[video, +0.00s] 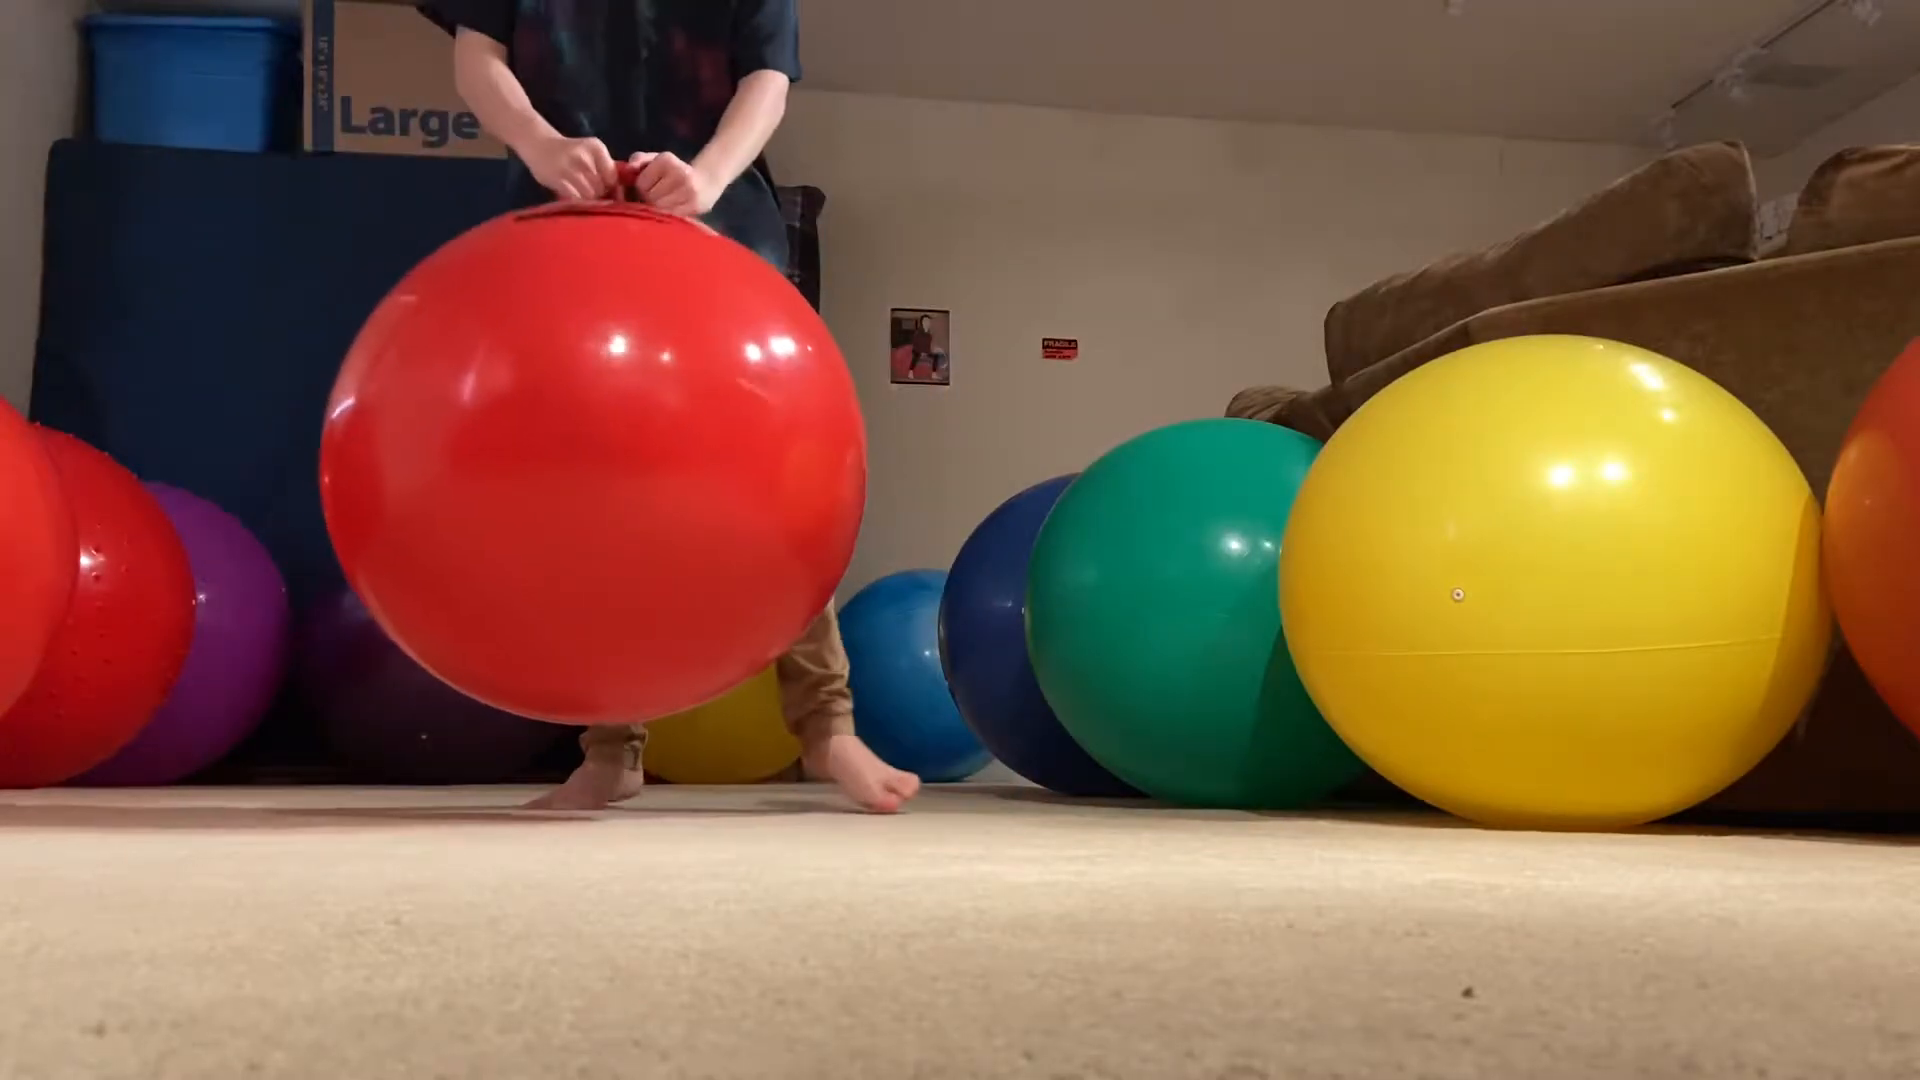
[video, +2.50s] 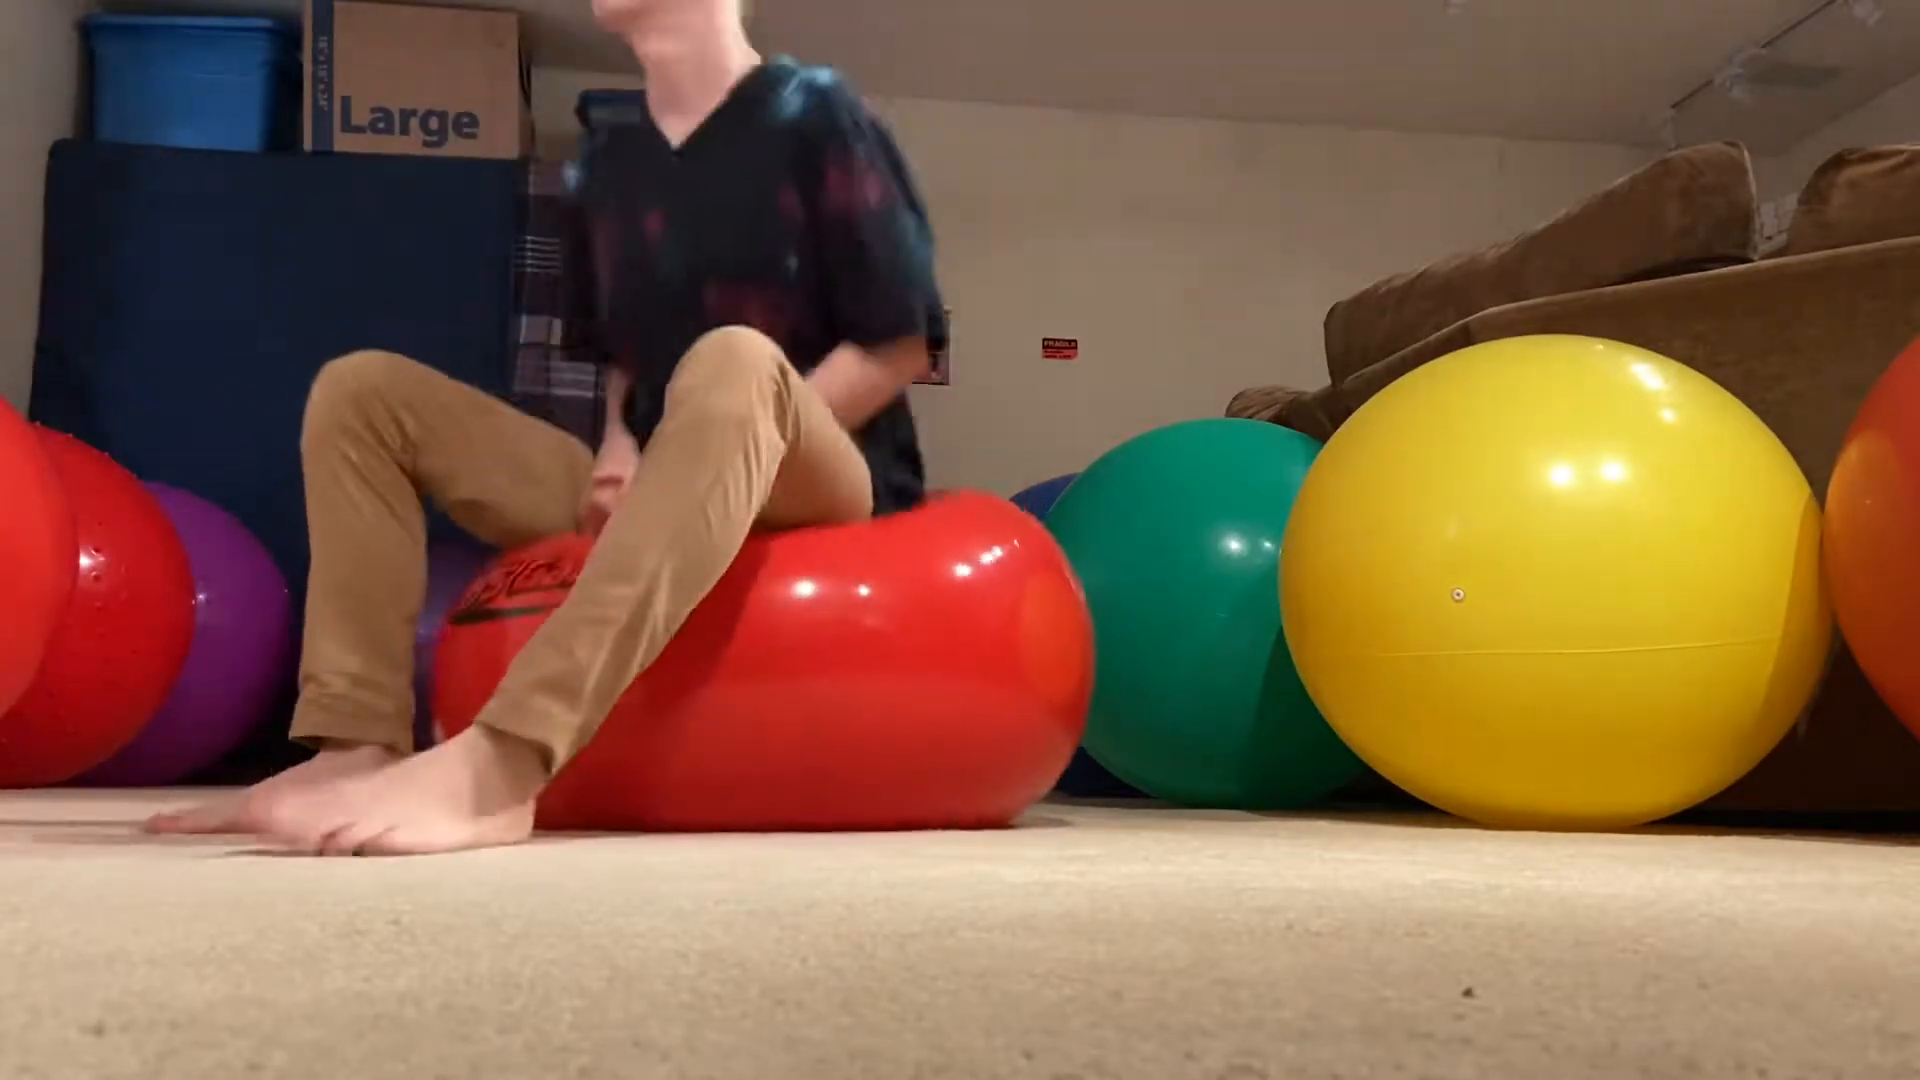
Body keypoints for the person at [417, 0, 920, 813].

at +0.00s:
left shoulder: (755, 1)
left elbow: (772, 73)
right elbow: (476, 55)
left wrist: (704, 174)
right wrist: (544, 146)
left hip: (727, 229)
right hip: (575, 229)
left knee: (781, 463)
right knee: (586, 473)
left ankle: (827, 724)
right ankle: (609, 748)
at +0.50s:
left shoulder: (852, 11)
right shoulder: (614, 4)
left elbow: (801, 194)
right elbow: (599, 165)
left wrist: (742, 338)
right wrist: (610, 323)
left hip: (796, 262)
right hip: (649, 251)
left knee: (833, 517)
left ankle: (852, 767)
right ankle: (521, 740)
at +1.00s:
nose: (653, 66)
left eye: (677, 44)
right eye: (628, 43)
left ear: (718, 68)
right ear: (590, 64)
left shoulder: (774, 226)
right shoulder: (519, 208)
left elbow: (803, 401)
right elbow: (467, 387)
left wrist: (730, 473)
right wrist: (560, 451)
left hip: (726, 489)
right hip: (549, 481)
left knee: (913, 437)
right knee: (347, 390)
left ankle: (986, 728)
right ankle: (275, 724)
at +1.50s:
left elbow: (783, 37)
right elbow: (481, 20)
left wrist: (711, 144)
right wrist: (573, 133)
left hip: (723, 137)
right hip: (541, 133)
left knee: (839, 318)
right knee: (435, 318)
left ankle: (934, 662)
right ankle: (309, 685)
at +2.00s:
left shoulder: (790, 1)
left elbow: (810, 78)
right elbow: (514, 44)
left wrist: (726, 203)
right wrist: (592, 190)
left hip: (748, 207)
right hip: (554, 195)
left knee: (874, 362)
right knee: (386, 351)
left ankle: (952, 720)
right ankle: (268, 738)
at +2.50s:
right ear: (625, 16)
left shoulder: (817, 113)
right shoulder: (610, 161)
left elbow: (899, 344)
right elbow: (627, 352)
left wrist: (722, 456)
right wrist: (616, 454)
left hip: (825, 493)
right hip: (653, 482)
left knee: (731, 363)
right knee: (360, 389)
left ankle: (500, 767)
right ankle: (359, 754)